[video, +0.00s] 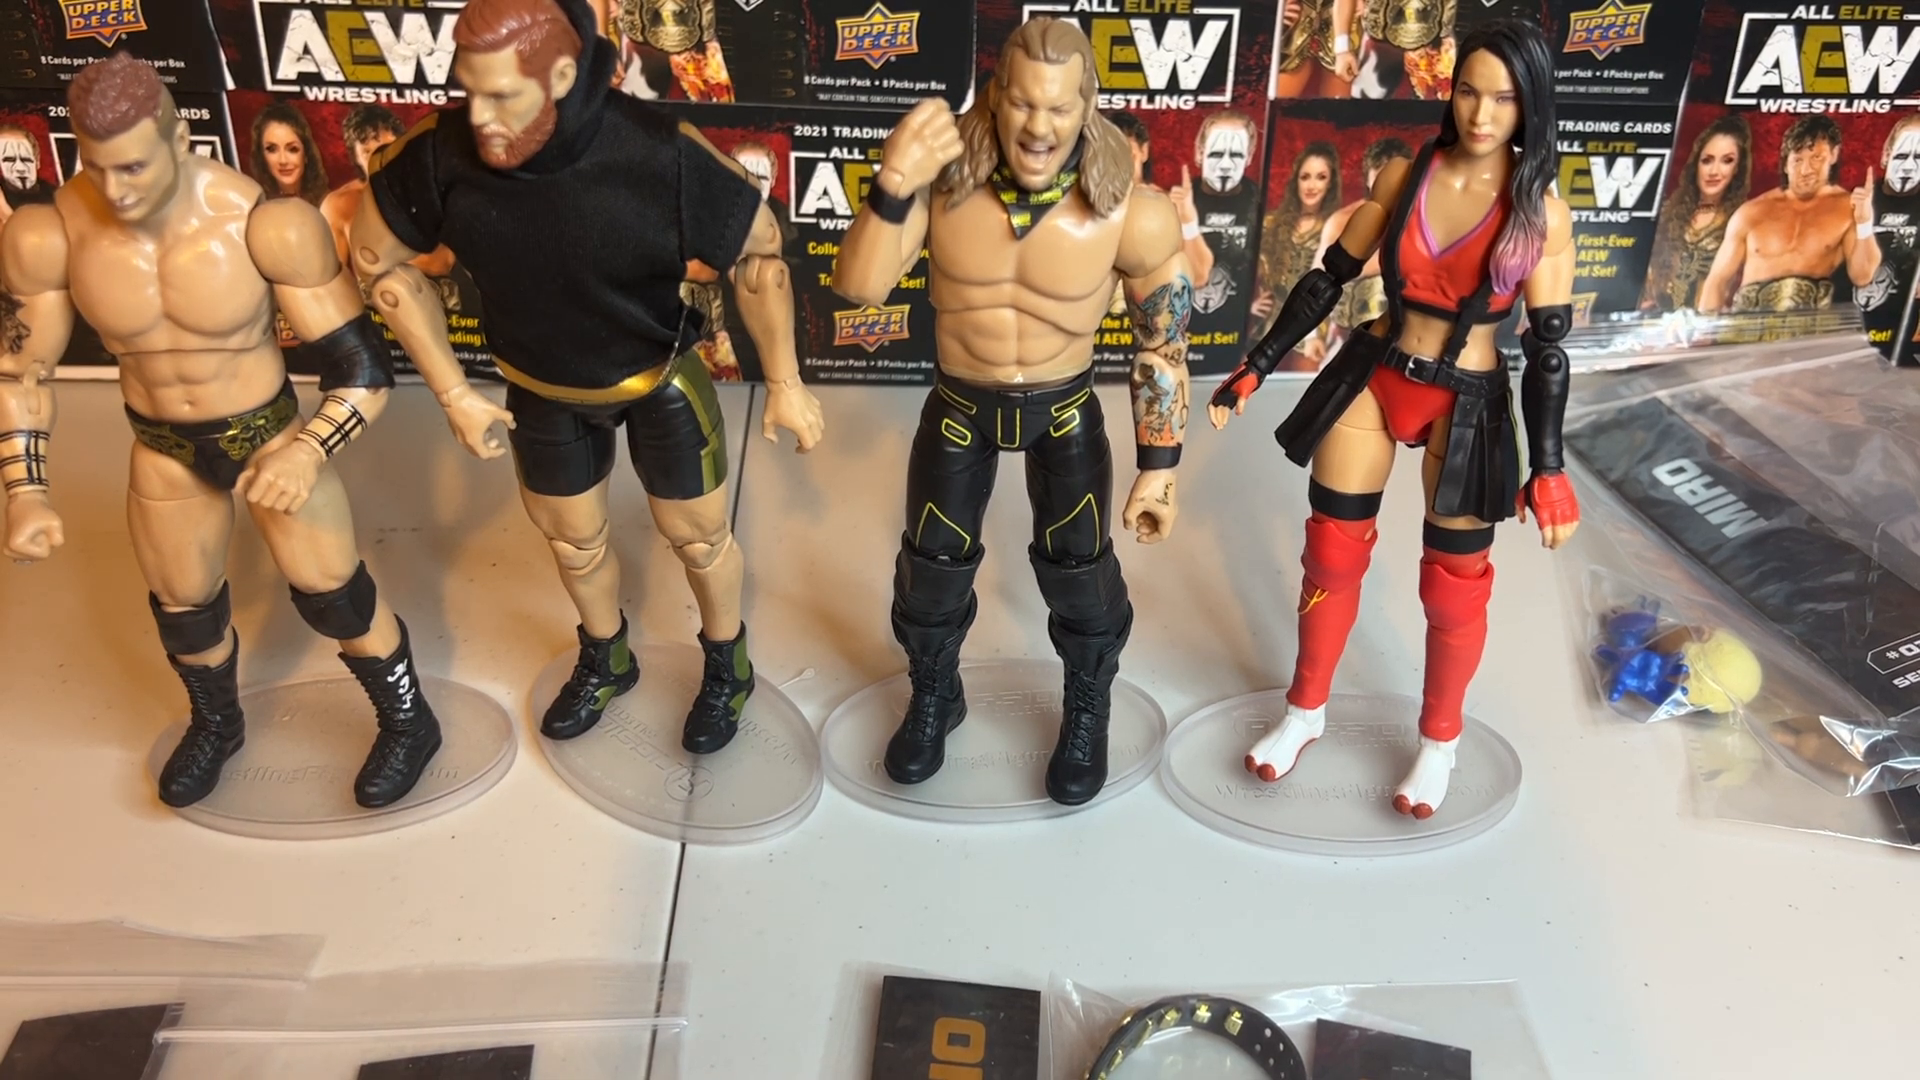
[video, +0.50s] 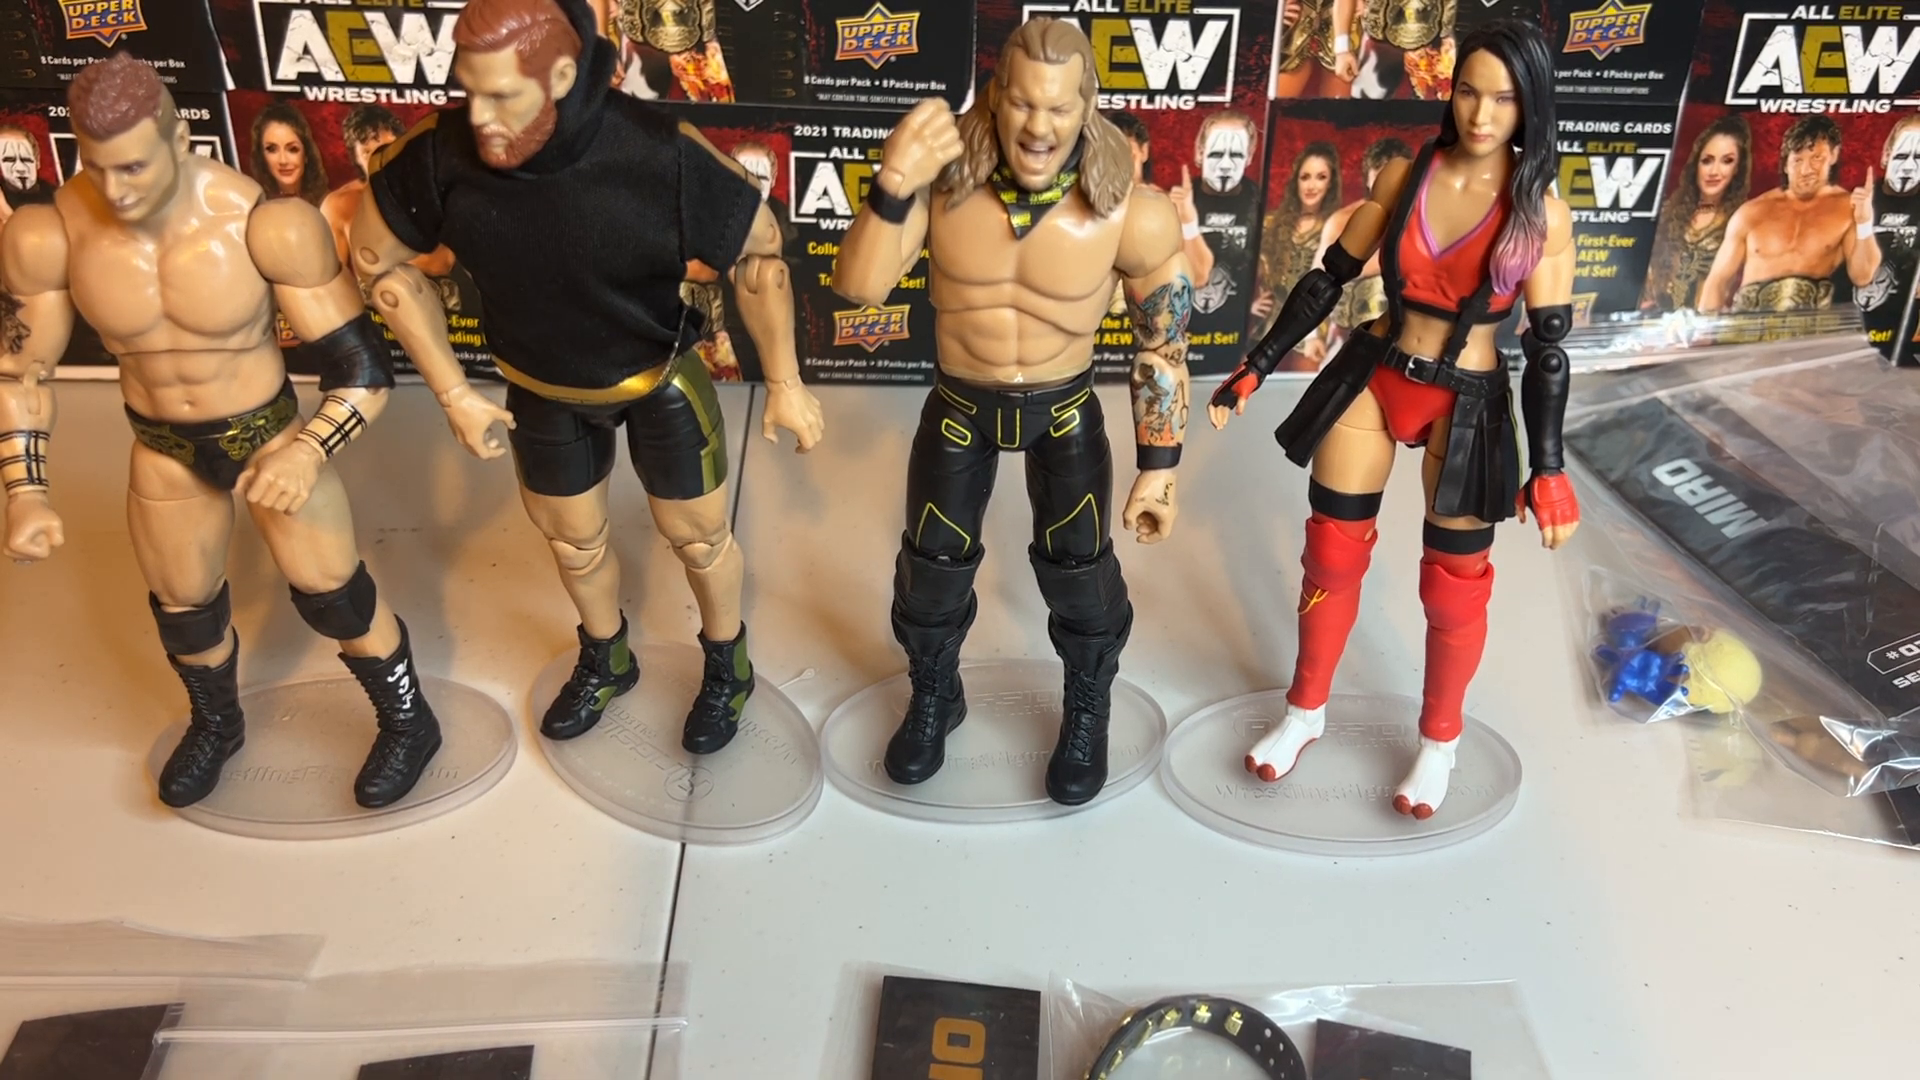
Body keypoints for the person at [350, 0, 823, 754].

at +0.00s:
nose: (481, 119)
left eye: (503, 96)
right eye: (468, 95)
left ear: (564, 76)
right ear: (456, 81)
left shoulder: (653, 155)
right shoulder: (443, 159)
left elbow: (757, 246)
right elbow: (372, 250)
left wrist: (784, 381)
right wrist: (453, 392)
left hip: (661, 382)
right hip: (543, 395)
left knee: (700, 540)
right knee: (575, 546)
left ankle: (726, 665)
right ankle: (607, 660)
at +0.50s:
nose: (481, 119)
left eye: (503, 96)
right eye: (468, 95)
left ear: (564, 76)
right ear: (456, 81)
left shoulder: (653, 155)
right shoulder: (443, 159)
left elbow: (757, 246)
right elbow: (372, 251)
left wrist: (784, 381)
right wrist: (452, 392)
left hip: (661, 382)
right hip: (543, 395)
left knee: (700, 540)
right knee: (575, 546)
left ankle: (726, 666)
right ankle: (607, 660)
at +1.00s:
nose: (481, 119)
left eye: (502, 96)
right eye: (468, 95)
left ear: (564, 76)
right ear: (456, 81)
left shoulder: (653, 155)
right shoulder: (442, 159)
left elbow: (757, 245)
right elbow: (372, 252)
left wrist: (784, 381)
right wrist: (453, 392)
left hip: (661, 382)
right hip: (542, 394)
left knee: (700, 540)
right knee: (575, 546)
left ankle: (726, 667)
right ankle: (607, 660)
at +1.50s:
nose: (481, 119)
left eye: (503, 96)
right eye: (468, 95)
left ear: (564, 76)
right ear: (456, 81)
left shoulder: (653, 155)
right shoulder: (443, 159)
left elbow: (757, 246)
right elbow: (372, 251)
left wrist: (784, 381)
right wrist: (452, 392)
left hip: (661, 382)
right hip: (542, 395)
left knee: (700, 540)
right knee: (575, 546)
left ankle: (726, 666)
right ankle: (607, 660)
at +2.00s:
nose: (481, 119)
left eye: (503, 96)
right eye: (468, 95)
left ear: (563, 76)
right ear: (457, 81)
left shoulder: (653, 155)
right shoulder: (442, 160)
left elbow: (757, 245)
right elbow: (372, 251)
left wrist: (784, 381)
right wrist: (452, 392)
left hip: (661, 382)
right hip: (542, 394)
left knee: (700, 540)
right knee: (575, 546)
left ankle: (726, 665)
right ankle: (607, 660)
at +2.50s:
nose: (481, 119)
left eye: (503, 96)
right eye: (468, 95)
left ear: (564, 76)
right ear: (456, 81)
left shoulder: (654, 155)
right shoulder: (443, 158)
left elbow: (757, 246)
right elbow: (373, 251)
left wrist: (784, 381)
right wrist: (452, 392)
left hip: (661, 383)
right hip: (542, 395)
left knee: (701, 541)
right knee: (575, 547)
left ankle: (726, 666)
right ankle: (607, 660)